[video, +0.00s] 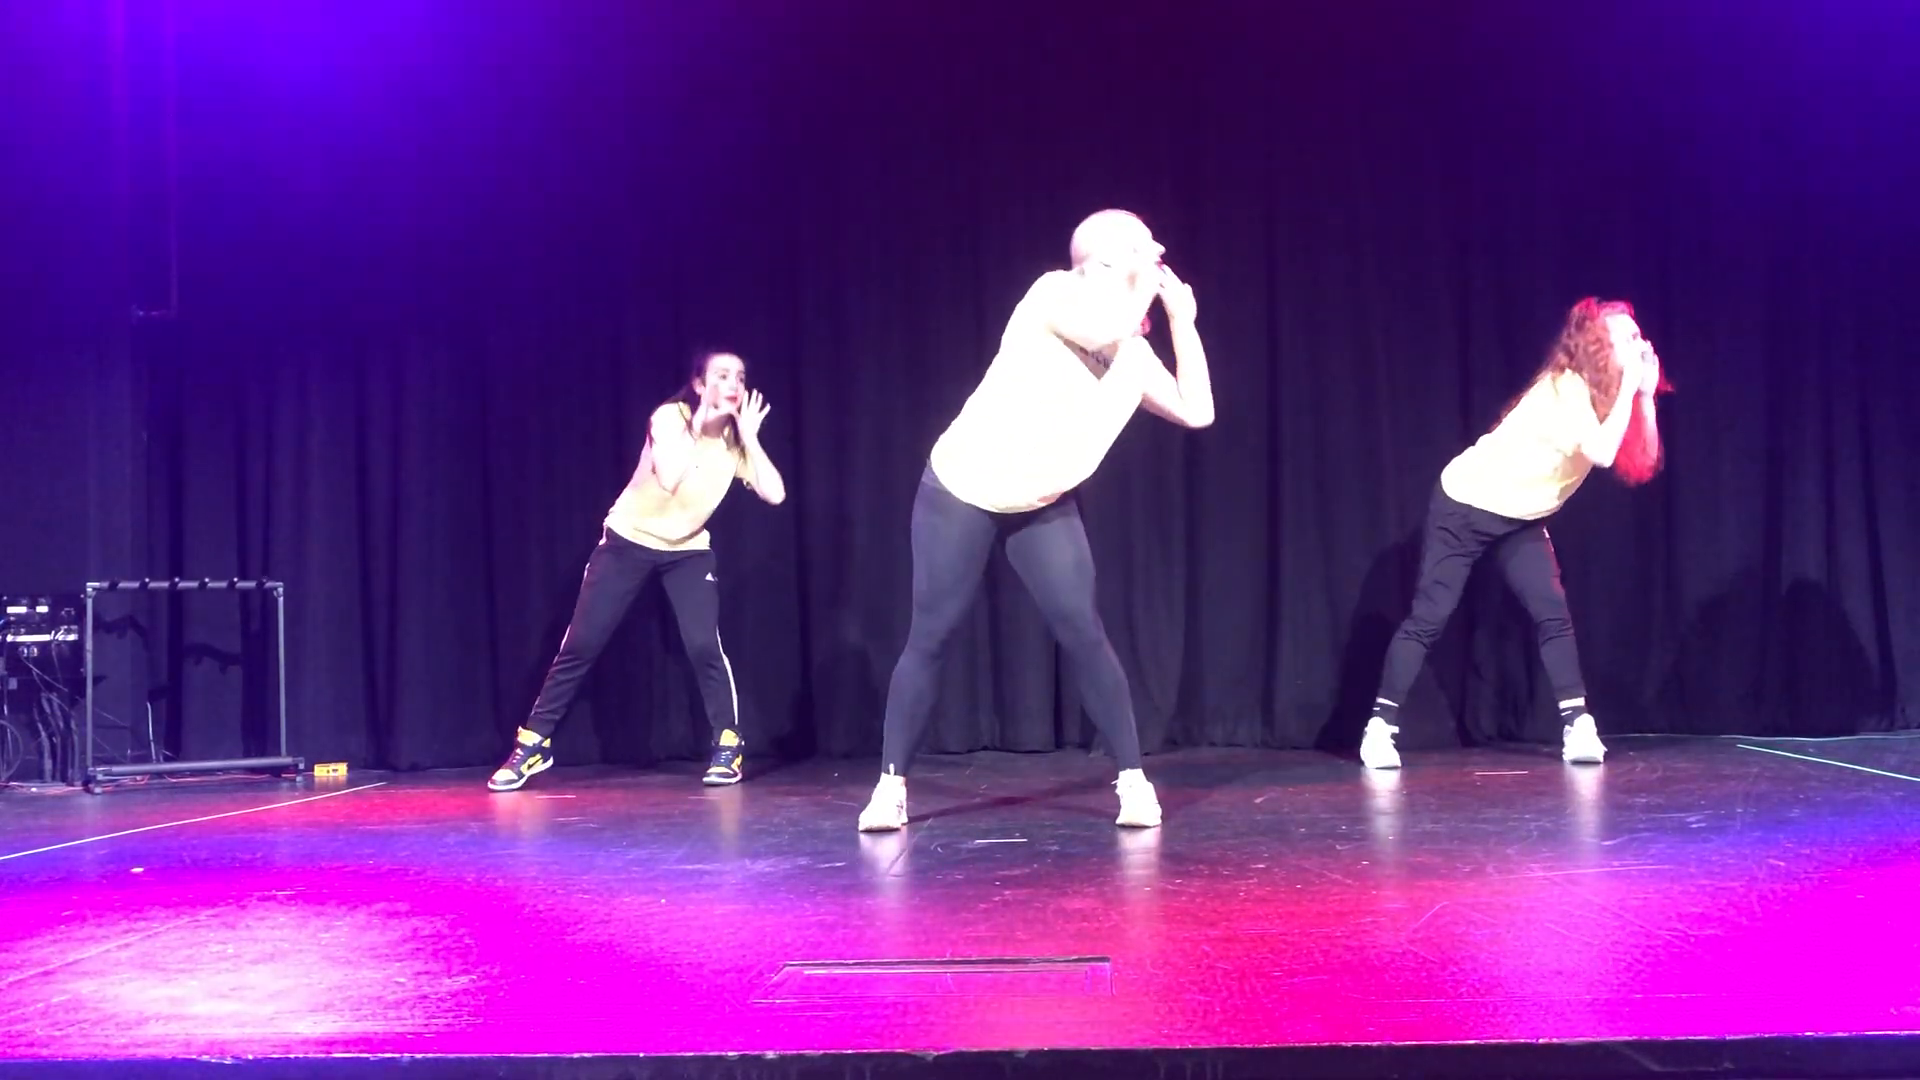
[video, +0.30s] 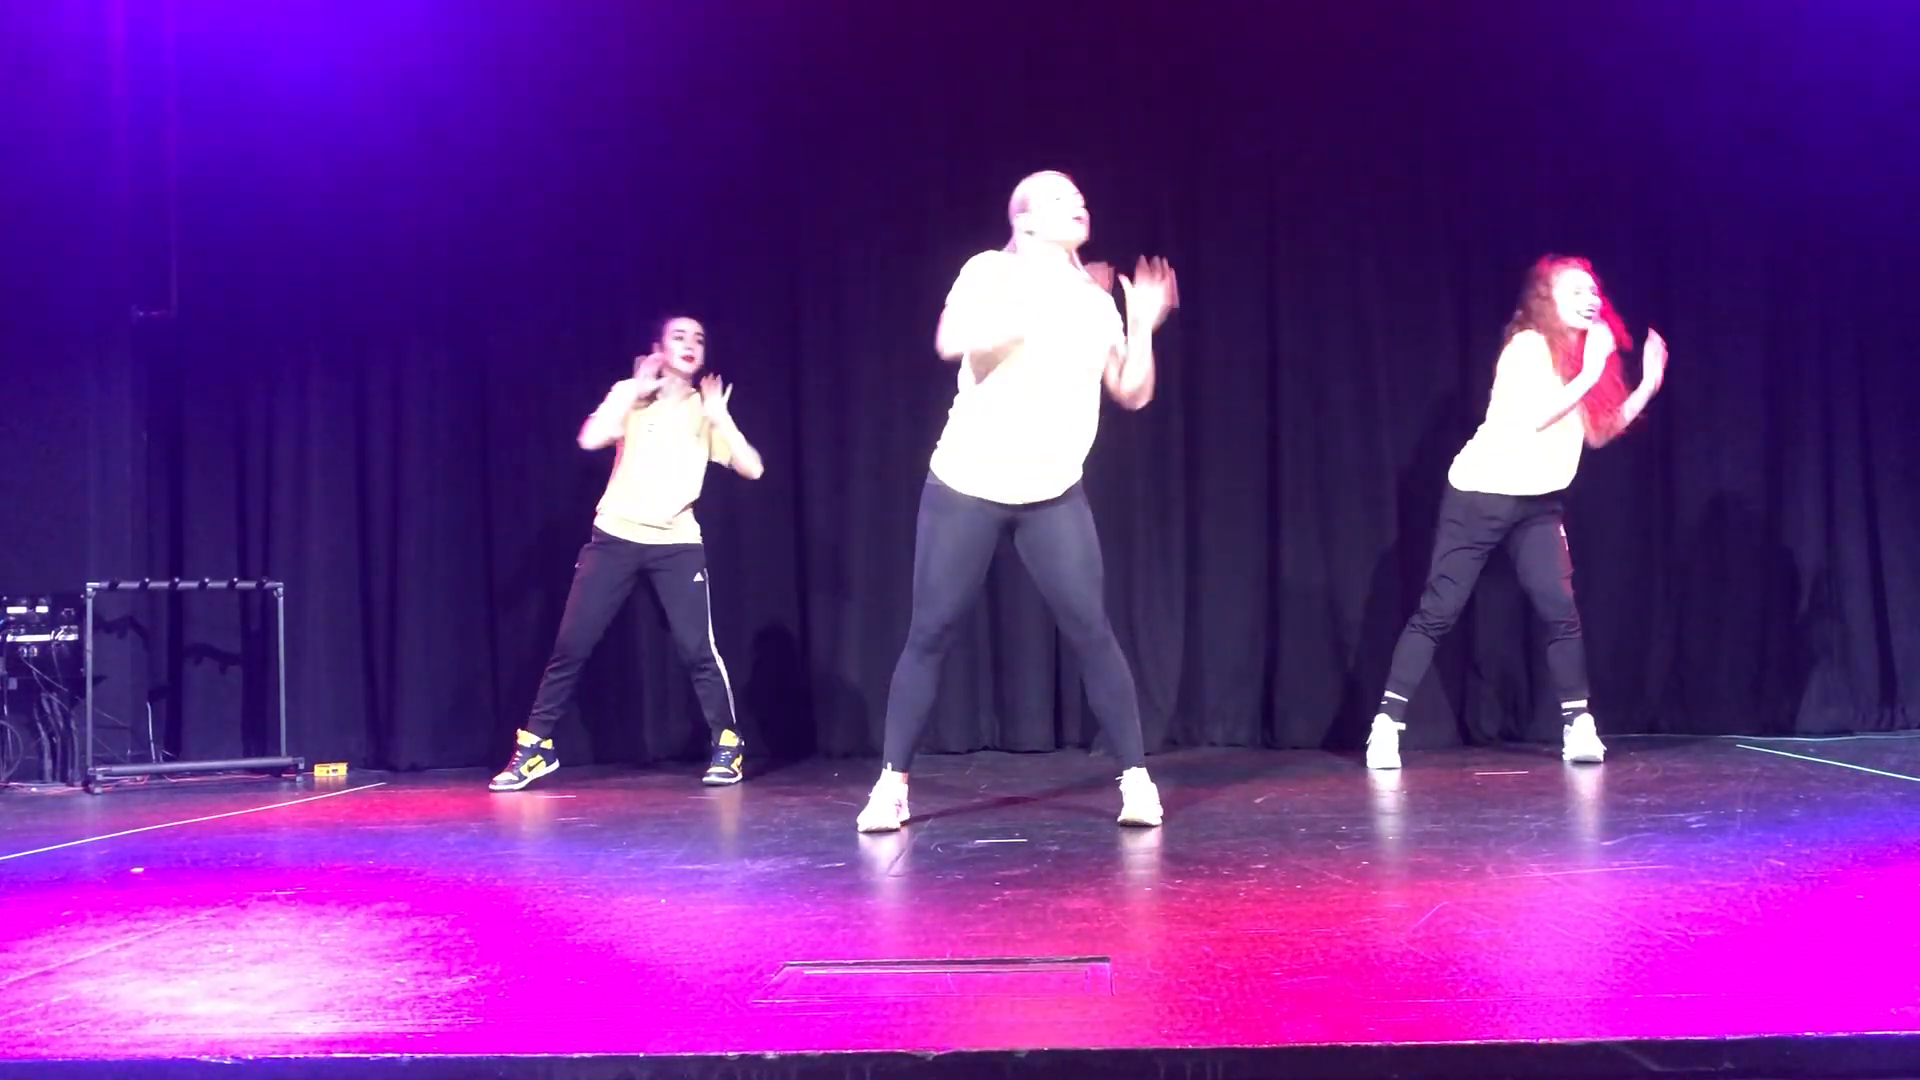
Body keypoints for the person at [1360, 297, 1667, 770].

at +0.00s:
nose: (1638, 346)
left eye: (1638, 337)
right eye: (1626, 339)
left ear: (1638, 345)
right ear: (1596, 350)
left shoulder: (1613, 396)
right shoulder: (1565, 388)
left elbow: (1643, 462)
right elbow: (1601, 451)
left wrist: (1646, 393)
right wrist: (1631, 388)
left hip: (1523, 519)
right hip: (1465, 507)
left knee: (1553, 614)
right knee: (1428, 617)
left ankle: (1577, 727)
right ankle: (1380, 728)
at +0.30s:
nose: (1588, 301)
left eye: (1591, 292)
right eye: (1575, 292)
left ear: (1598, 300)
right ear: (1547, 299)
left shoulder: (1584, 355)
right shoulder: (1527, 346)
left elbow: (1599, 430)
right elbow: (1534, 416)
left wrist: (1648, 384)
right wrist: (1589, 373)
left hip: (1538, 502)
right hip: (1479, 496)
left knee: (1560, 611)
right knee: (1438, 610)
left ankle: (1578, 727)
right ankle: (1387, 724)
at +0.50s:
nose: (1550, 310)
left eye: (1557, 301)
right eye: (1537, 302)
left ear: (1567, 310)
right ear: (1511, 312)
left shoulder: (1560, 372)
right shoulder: (1490, 369)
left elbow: (1556, 459)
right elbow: (1492, 453)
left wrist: (1608, 511)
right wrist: (1522, 510)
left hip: (1537, 508)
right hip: (1476, 508)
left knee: (1571, 615)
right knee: (1447, 622)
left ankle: (1578, 725)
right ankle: (1392, 728)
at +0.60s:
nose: (1528, 320)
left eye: (1537, 311)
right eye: (1517, 311)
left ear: (1551, 320)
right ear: (1497, 320)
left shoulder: (1551, 381)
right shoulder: (1472, 372)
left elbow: (1554, 463)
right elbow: (1438, 424)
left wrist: (1570, 529)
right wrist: (1481, 471)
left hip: (1535, 521)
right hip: (1467, 523)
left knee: (1571, 620)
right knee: (1440, 627)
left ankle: (1579, 727)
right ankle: (1391, 731)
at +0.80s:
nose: (1483, 286)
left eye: (1497, 278)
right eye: (1477, 279)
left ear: (1521, 292)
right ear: (1466, 292)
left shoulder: (1537, 357)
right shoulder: (1449, 338)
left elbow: (1549, 438)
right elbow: (1423, 270)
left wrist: (1549, 507)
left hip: (1516, 494)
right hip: (1448, 495)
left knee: (1547, 612)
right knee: (1421, 613)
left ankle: (1575, 724)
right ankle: (1388, 729)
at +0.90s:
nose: (1469, 285)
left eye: (1482, 276)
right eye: (1463, 279)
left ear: (1511, 285)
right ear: (1457, 291)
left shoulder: (1531, 351)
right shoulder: (1445, 337)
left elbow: (1537, 434)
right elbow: (1436, 253)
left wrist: (1535, 505)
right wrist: (1435, 175)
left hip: (1507, 482)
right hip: (1440, 485)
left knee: (1539, 606)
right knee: (1420, 610)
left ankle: (1574, 722)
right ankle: (1389, 727)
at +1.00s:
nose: (1461, 289)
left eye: (1473, 280)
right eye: (1454, 282)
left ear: (1501, 289)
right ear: (1447, 295)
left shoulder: (1525, 351)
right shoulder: (1441, 339)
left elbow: (1526, 434)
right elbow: (1433, 263)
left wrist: (1520, 506)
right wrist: (1435, 193)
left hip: (1499, 483)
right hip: (1434, 488)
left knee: (1534, 606)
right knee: (1418, 611)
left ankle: (1573, 722)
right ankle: (1387, 729)